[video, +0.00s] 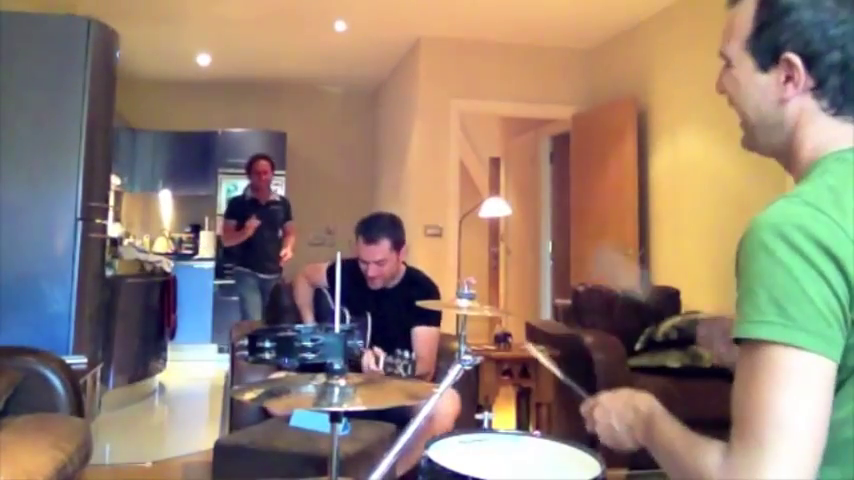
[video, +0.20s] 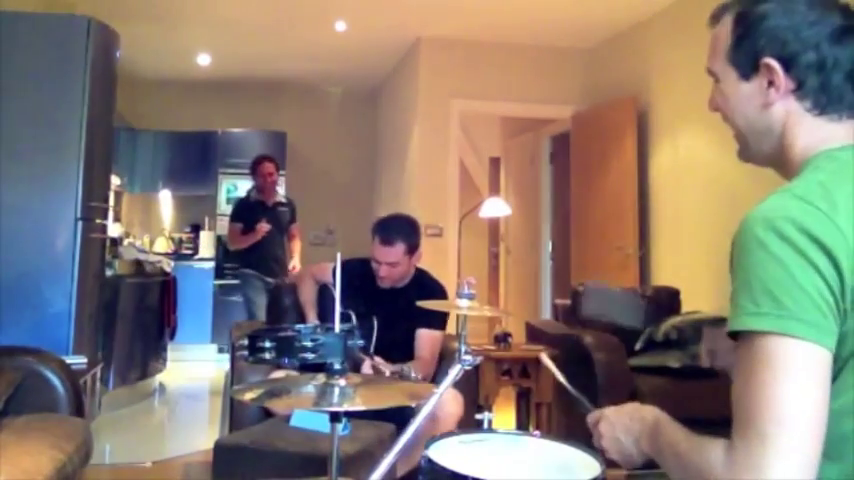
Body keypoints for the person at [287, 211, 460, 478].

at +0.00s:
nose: (370, 272)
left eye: (379, 263)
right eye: (363, 262)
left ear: (401, 254)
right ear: (357, 251)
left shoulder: (421, 289)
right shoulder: (346, 272)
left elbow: (425, 368)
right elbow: (304, 277)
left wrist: (388, 366)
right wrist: (310, 329)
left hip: (395, 388)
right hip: (341, 379)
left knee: (447, 403)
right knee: (276, 399)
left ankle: (390, 473)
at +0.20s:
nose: (382, 272)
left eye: (392, 265)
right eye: (377, 262)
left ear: (414, 258)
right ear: (371, 250)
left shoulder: (429, 292)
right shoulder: (355, 271)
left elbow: (425, 367)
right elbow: (306, 275)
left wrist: (392, 370)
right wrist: (313, 325)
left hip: (396, 387)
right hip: (343, 378)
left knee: (450, 404)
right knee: (278, 389)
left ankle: (390, 472)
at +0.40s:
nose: (393, 278)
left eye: (404, 273)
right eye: (388, 267)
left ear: (423, 267)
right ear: (382, 252)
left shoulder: (434, 301)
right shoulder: (359, 273)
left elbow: (429, 380)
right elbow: (309, 279)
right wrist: (315, 323)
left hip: (398, 388)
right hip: (342, 378)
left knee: (446, 403)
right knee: (282, 380)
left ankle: (391, 473)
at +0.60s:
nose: (389, 281)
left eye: (401, 276)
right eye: (384, 269)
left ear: (420, 270)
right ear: (380, 253)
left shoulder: (431, 302)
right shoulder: (354, 274)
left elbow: (431, 378)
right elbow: (305, 278)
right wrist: (315, 327)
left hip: (397, 388)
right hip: (341, 378)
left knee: (443, 404)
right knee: (284, 379)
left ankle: (391, 473)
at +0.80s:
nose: (379, 285)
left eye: (391, 279)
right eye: (374, 274)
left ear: (412, 271)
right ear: (370, 257)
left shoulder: (426, 301)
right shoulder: (347, 274)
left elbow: (430, 377)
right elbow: (302, 280)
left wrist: (372, 379)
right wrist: (312, 329)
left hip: (395, 390)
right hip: (339, 380)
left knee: (442, 403)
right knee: (284, 381)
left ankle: (391, 473)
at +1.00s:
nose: (370, 284)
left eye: (381, 278)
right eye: (365, 273)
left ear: (404, 270)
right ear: (361, 258)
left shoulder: (421, 298)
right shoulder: (343, 274)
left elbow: (426, 373)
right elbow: (298, 281)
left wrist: (372, 370)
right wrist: (310, 329)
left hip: (393, 388)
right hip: (337, 379)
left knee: (442, 403)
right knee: (281, 387)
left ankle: (391, 473)